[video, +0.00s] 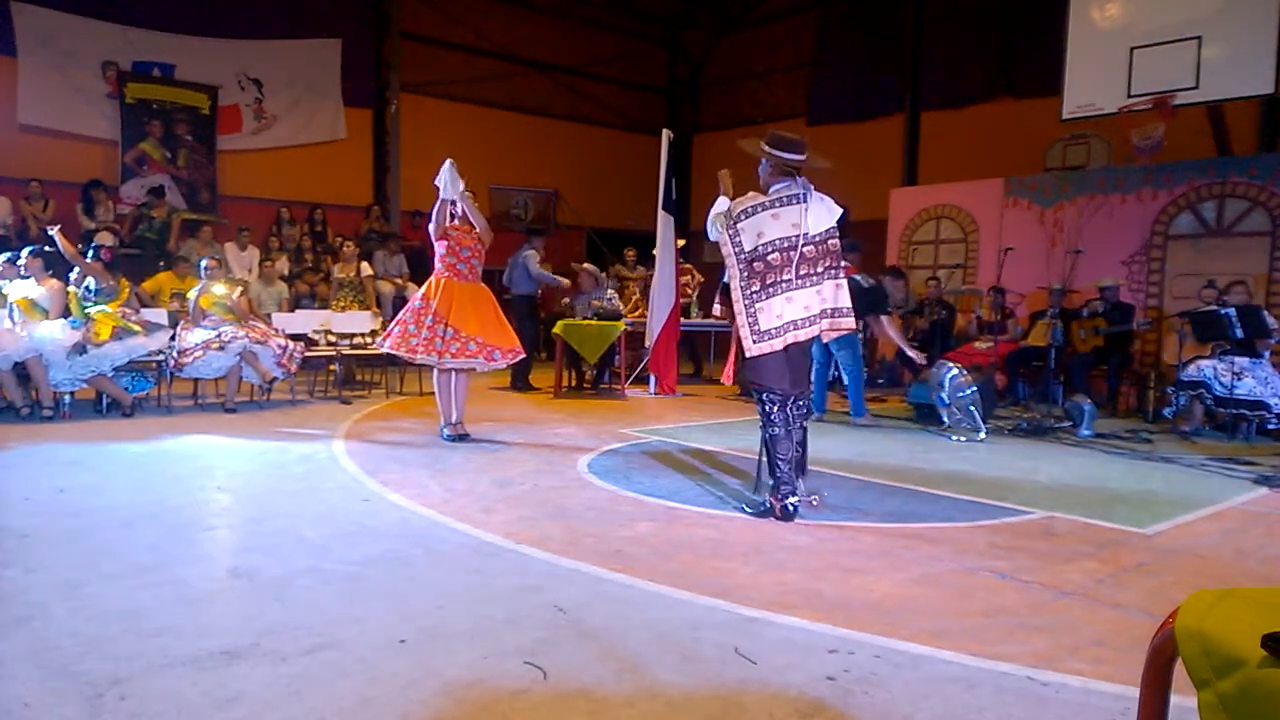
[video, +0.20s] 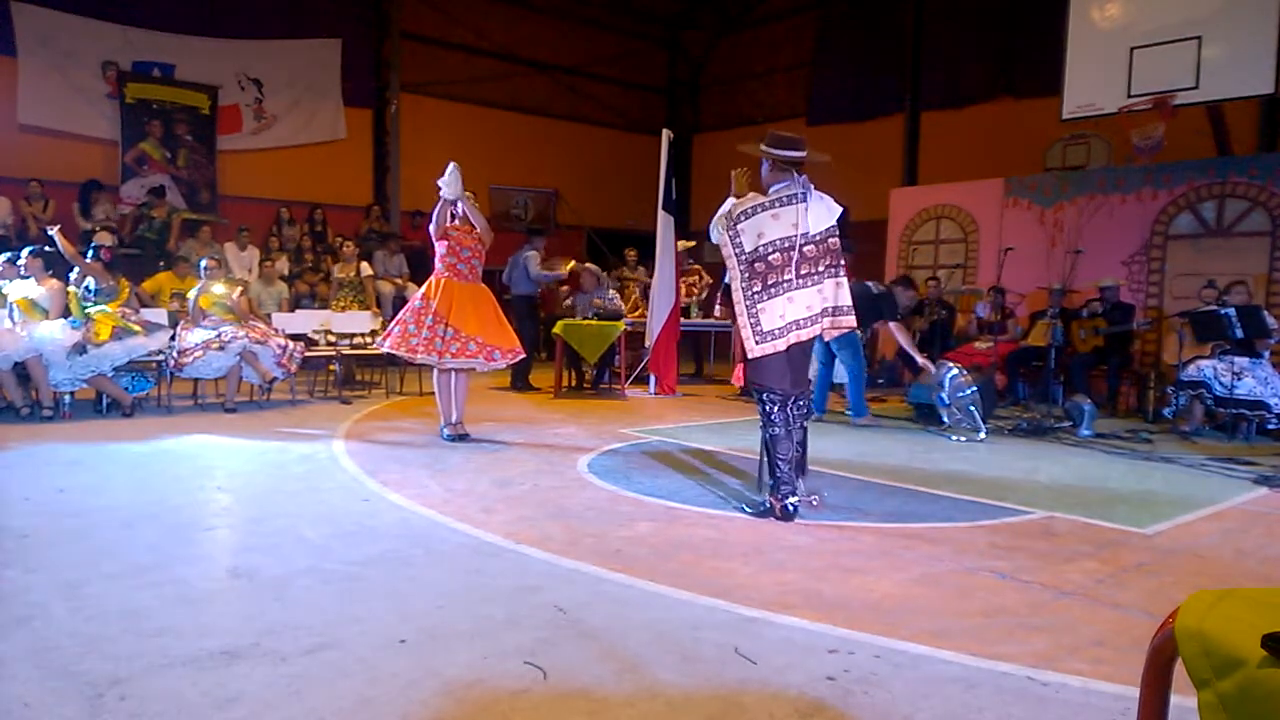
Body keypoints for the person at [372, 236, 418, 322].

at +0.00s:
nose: (397, 245)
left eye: (398, 243)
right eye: (394, 243)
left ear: (399, 244)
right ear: (388, 243)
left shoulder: (400, 256)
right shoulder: (379, 254)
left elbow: (405, 272)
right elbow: (380, 273)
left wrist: (404, 282)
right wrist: (394, 283)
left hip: (398, 278)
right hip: (383, 278)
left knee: (414, 291)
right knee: (387, 291)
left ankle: (418, 317)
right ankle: (387, 318)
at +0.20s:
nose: (397, 245)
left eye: (398, 243)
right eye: (394, 242)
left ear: (399, 244)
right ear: (388, 243)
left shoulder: (400, 255)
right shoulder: (379, 254)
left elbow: (405, 272)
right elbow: (380, 273)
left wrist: (404, 282)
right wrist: (394, 283)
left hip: (398, 278)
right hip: (383, 278)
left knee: (414, 291)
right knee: (387, 291)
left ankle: (418, 317)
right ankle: (387, 318)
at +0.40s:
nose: (397, 245)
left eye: (398, 242)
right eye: (394, 242)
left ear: (400, 244)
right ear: (388, 243)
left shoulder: (400, 256)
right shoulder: (379, 254)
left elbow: (405, 271)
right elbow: (380, 273)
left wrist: (404, 282)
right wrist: (395, 283)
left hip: (398, 278)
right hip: (384, 278)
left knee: (413, 290)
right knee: (387, 291)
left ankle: (418, 317)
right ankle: (387, 318)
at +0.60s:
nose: (397, 245)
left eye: (398, 242)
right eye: (394, 242)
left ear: (399, 244)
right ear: (387, 243)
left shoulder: (400, 256)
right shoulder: (379, 254)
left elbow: (405, 271)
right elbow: (380, 273)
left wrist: (404, 282)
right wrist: (395, 283)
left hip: (398, 278)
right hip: (383, 278)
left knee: (413, 290)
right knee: (387, 291)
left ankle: (417, 317)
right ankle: (387, 318)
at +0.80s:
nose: (397, 245)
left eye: (398, 242)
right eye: (394, 242)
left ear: (399, 244)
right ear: (387, 243)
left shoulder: (400, 256)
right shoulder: (379, 254)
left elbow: (405, 271)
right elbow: (380, 273)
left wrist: (404, 282)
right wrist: (395, 283)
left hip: (397, 278)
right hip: (383, 278)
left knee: (413, 290)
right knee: (387, 291)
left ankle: (417, 316)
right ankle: (387, 318)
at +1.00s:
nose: (397, 245)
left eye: (398, 242)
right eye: (394, 242)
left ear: (400, 244)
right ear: (387, 243)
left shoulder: (400, 256)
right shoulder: (379, 254)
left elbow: (405, 271)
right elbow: (380, 273)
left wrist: (404, 282)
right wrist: (395, 283)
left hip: (398, 278)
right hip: (383, 278)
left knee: (413, 290)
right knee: (387, 291)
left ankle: (418, 316)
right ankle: (387, 317)